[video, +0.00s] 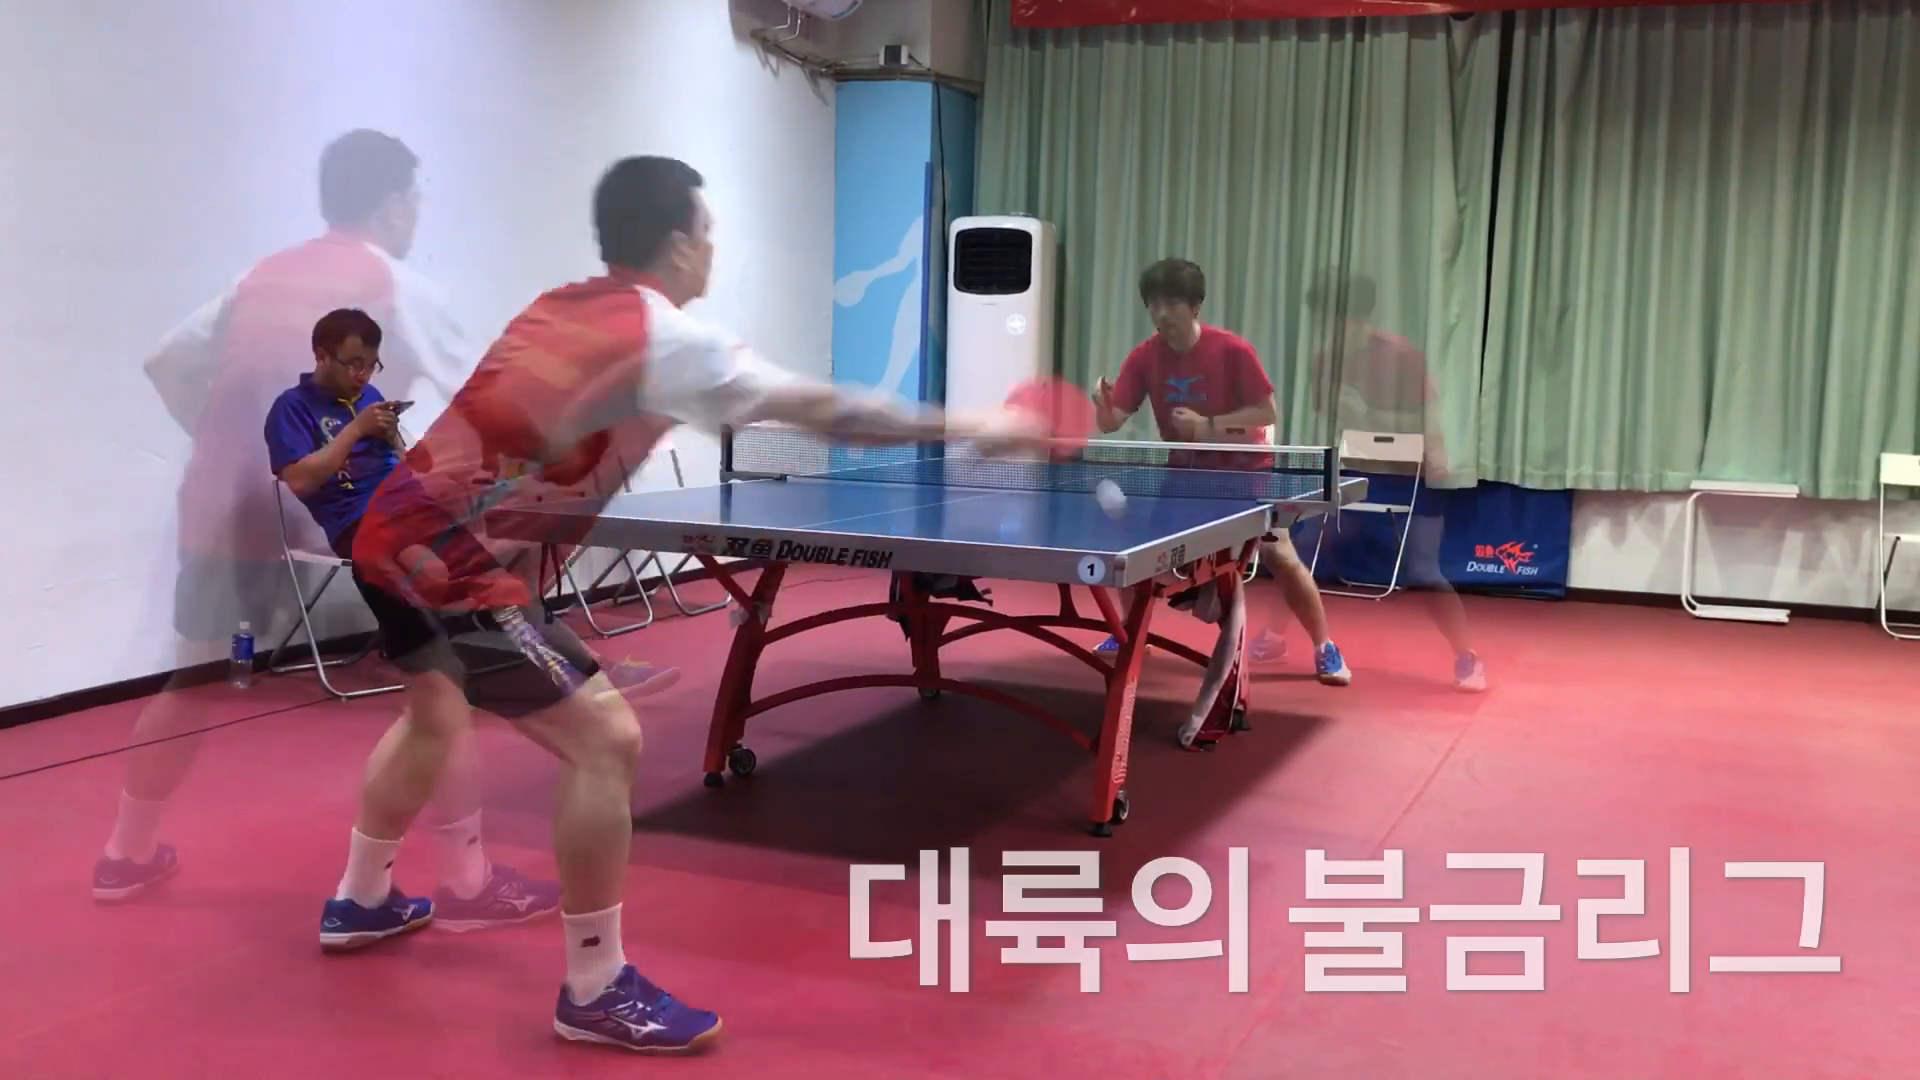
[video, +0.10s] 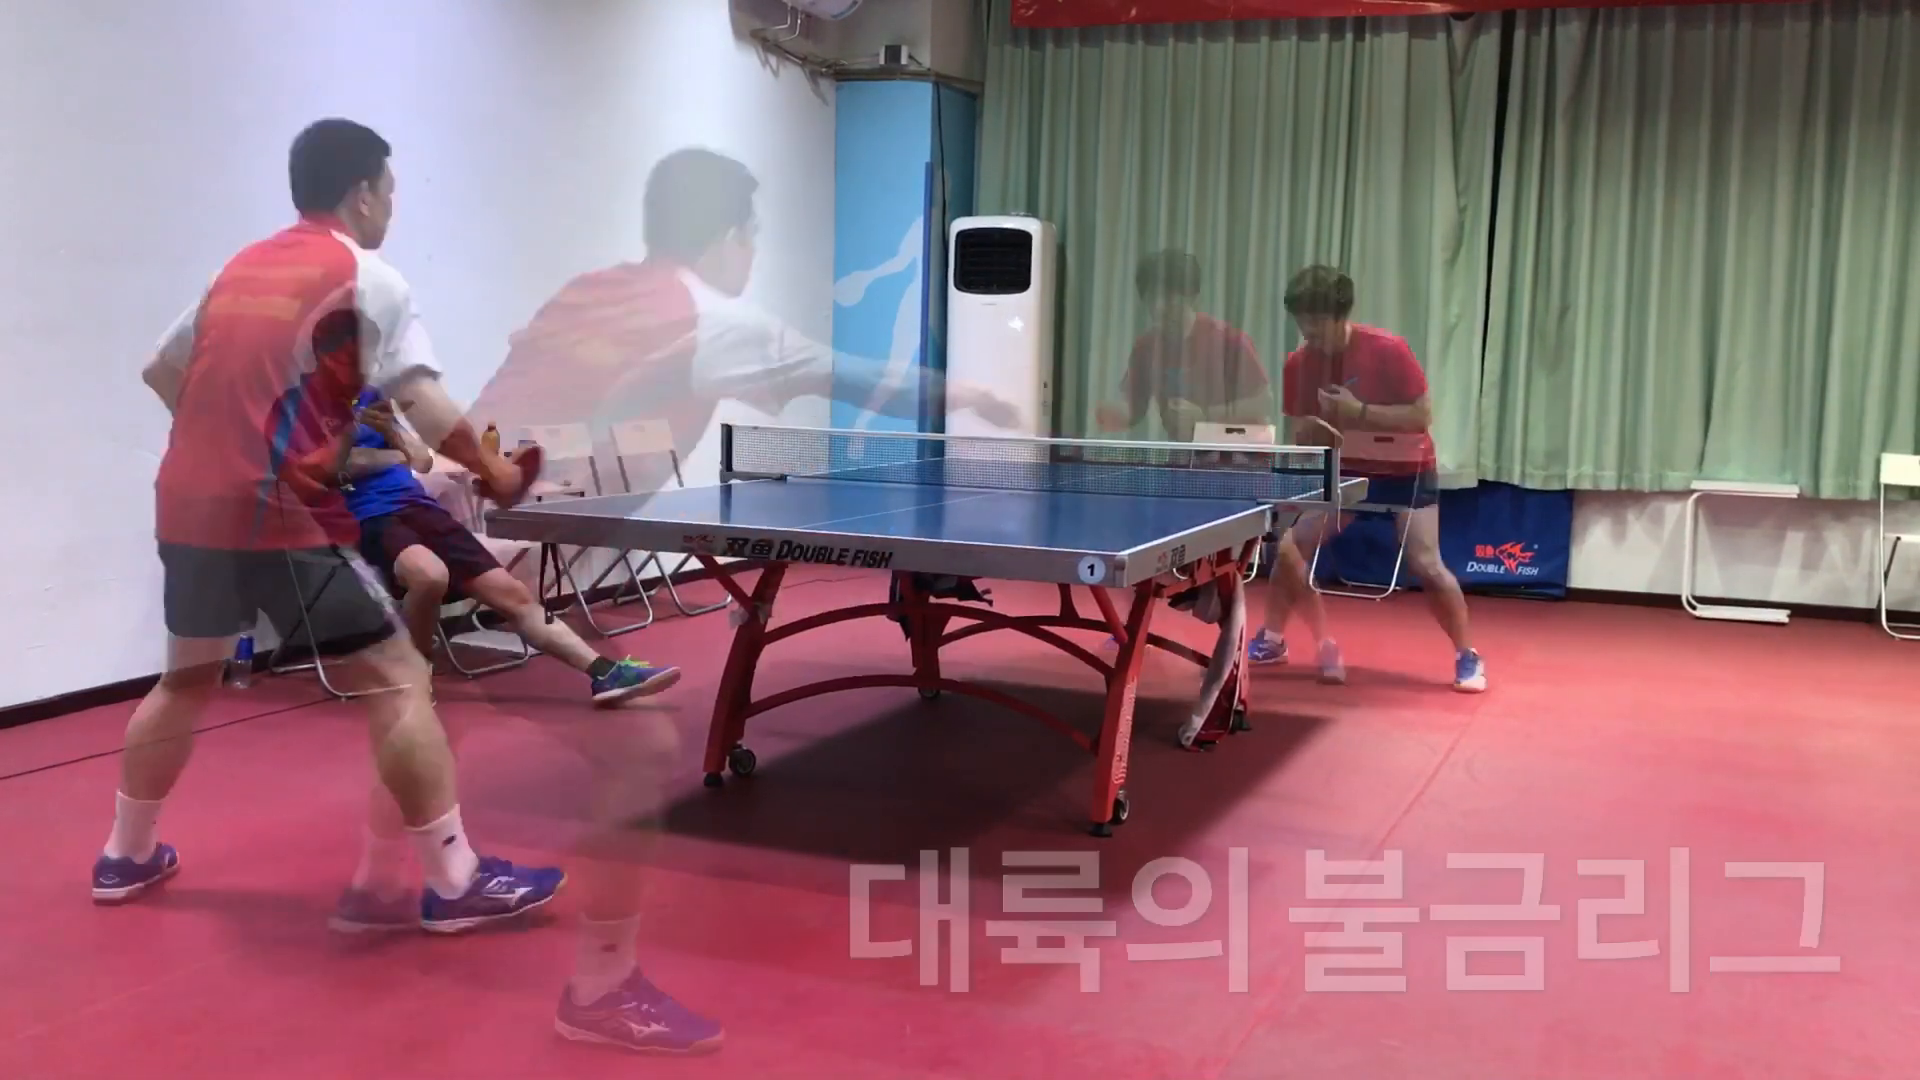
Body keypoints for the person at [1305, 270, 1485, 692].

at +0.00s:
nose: (1334, 328)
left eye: (1341, 317)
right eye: (1327, 317)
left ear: (1361, 312)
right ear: (1323, 317)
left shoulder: (1404, 358)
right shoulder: (1324, 363)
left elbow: (1429, 419)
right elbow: (1321, 422)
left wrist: (1434, 457)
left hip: (1409, 477)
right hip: (1348, 474)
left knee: (1421, 571)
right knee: (1301, 553)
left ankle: (1466, 657)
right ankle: (1272, 638)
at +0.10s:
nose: (1309, 331)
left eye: (1316, 321)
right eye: (1302, 322)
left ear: (1341, 314)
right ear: (1297, 318)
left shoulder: (1390, 352)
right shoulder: (1300, 365)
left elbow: (1421, 418)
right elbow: (1302, 438)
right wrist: (1323, 426)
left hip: (1408, 477)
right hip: (1347, 475)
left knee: (1425, 564)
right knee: (1289, 547)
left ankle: (1466, 655)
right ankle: (1271, 638)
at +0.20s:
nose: (1300, 324)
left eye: (1308, 316)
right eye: (1294, 316)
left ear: (1334, 309)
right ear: (1290, 312)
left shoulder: (1381, 342)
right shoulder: (1285, 358)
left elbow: (1419, 401)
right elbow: (1277, 426)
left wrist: (1360, 402)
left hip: (1401, 464)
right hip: (1339, 467)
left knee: (1428, 554)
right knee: (1290, 544)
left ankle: (1467, 652)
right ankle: (1270, 640)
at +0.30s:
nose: (1297, 318)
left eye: (1306, 308)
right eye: (1292, 308)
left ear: (1333, 303)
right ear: (1287, 306)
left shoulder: (1378, 338)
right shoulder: (1286, 349)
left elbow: (1416, 396)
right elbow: (1264, 411)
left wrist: (1360, 397)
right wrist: (1249, 385)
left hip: (1397, 463)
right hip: (1334, 466)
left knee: (1429, 552)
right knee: (1288, 543)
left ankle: (1468, 651)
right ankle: (1271, 640)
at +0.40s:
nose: (1304, 312)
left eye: (1315, 302)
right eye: (1298, 302)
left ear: (1340, 300)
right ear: (1291, 302)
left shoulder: (1382, 340)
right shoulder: (1289, 351)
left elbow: (1416, 401)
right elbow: (1266, 417)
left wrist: (1360, 399)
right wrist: (1257, 392)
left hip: (1397, 464)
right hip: (1333, 468)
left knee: (1430, 556)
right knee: (1285, 545)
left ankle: (1469, 651)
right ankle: (1271, 640)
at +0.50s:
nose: (1317, 310)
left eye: (1328, 301)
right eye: (1311, 301)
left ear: (1353, 303)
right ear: (1304, 302)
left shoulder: (1392, 344)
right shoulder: (1297, 355)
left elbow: (1426, 409)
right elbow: (1276, 428)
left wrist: (1366, 403)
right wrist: (1266, 410)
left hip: (1404, 471)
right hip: (1340, 473)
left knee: (1432, 562)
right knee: (1290, 544)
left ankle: (1469, 655)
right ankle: (1270, 640)